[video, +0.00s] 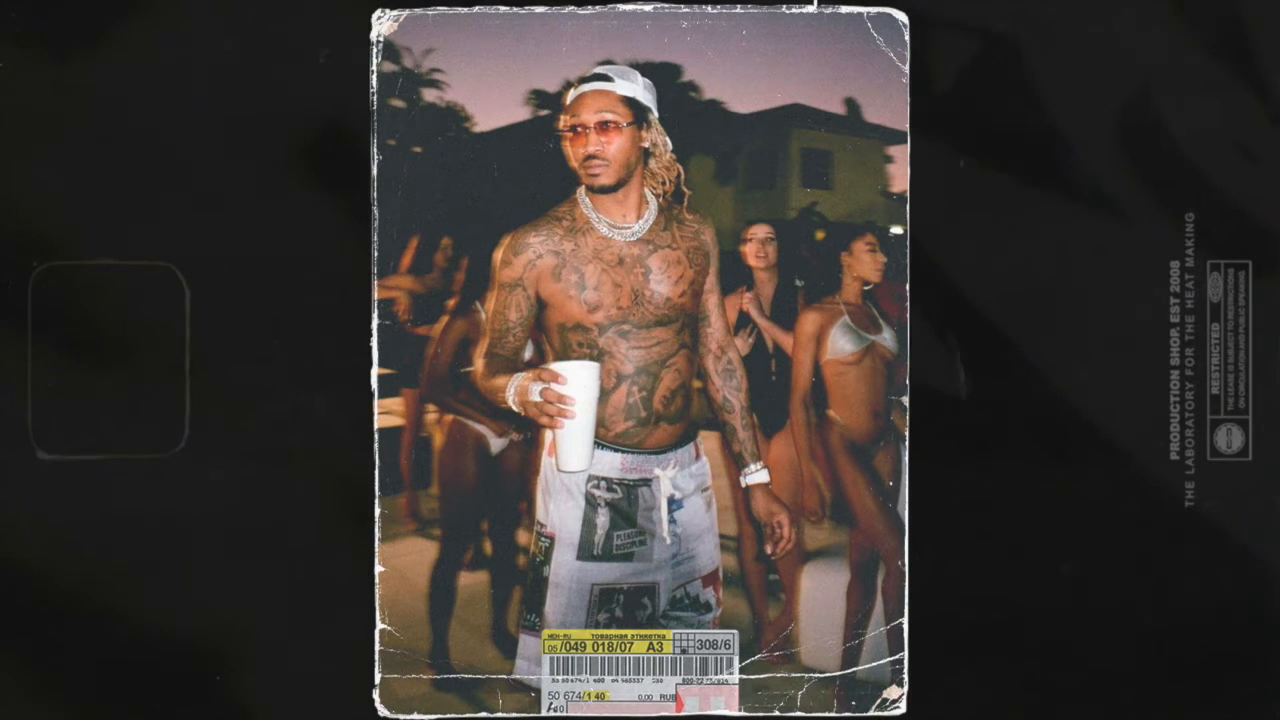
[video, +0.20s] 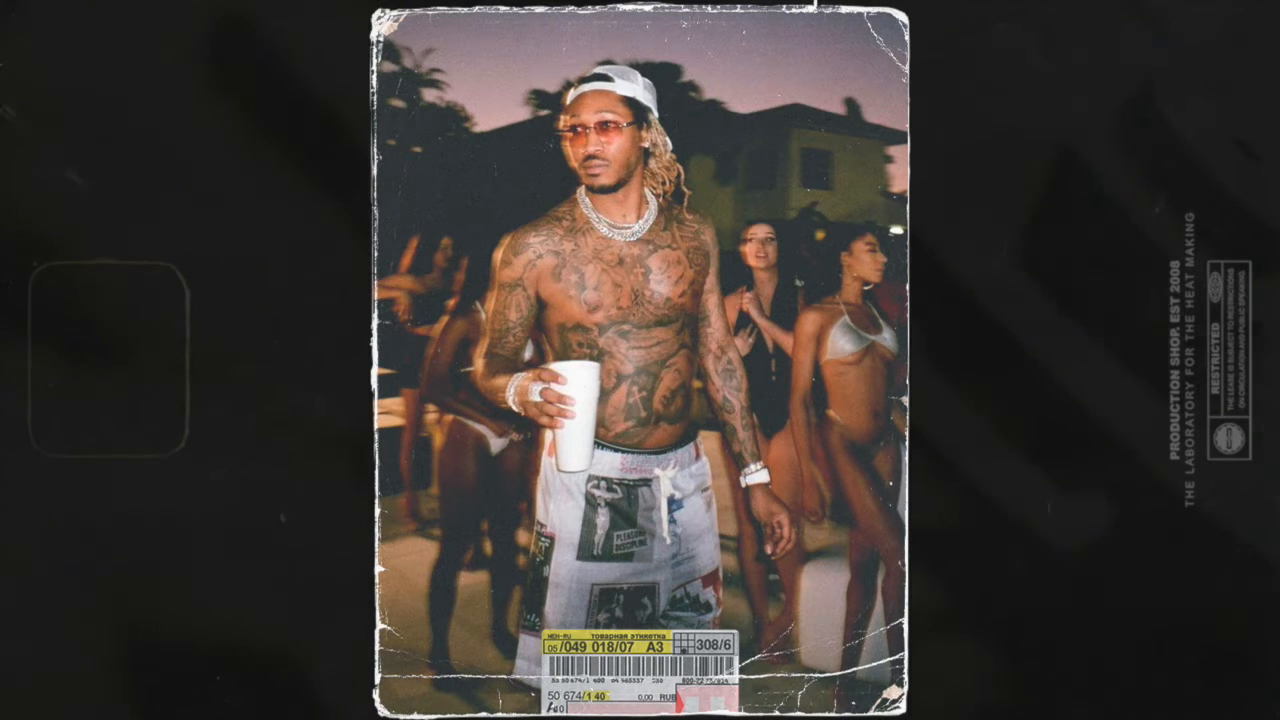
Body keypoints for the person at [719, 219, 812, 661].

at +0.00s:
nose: (761, 249)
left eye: (769, 241)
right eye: (752, 242)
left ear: (781, 249)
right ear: (741, 250)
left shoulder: (797, 295)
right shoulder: (730, 300)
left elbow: (803, 352)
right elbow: (714, 364)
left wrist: (761, 318)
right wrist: (738, 336)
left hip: (783, 419)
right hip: (738, 422)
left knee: (784, 520)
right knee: (748, 526)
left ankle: (794, 614)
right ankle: (761, 622)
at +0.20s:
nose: (761, 249)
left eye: (768, 241)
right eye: (752, 241)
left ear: (781, 249)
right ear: (741, 250)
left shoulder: (797, 296)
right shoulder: (730, 299)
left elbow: (804, 352)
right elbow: (716, 364)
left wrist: (761, 318)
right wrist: (739, 334)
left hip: (784, 420)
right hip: (738, 421)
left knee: (783, 522)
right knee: (749, 526)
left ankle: (794, 614)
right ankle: (761, 622)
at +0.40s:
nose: (761, 249)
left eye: (769, 241)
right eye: (752, 241)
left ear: (780, 249)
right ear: (740, 250)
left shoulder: (797, 295)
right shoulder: (730, 299)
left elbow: (802, 351)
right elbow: (713, 364)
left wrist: (761, 318)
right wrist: (736, 340)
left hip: (783, 419)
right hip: (737, 421)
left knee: (784, 520)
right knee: (748, 525)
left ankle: (795, 612)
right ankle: (761, 621)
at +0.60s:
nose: (760, 249)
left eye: (768, 241)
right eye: (752, 242)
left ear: (780, 249)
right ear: (741, 250)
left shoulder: (797, 296)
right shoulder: (729, 300)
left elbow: (802, 351)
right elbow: (713, 364)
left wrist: (761, 318)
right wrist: (734, 347)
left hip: (783, 420)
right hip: (738, 421)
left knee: (783, 520)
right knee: (749, 527)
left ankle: (793, 613)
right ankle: (762, 622)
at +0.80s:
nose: (760, 249)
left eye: (768, 241)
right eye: (752, 242)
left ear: (780, 249)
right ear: (741, 250)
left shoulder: (797, 296)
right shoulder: (729, 301)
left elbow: (802, 351)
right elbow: (713, 364)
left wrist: (761, 318)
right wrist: (734, 347)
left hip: (783, 420)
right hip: (738, 421)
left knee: (783, 520)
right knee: (749, 527)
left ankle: (793, 613)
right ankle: (762, 622)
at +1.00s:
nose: (760, 249)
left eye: (768, 241)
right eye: (752, 242)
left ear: (780, 249)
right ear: (741, 250)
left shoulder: (797, 296)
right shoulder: (729, 300)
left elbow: (802, 351)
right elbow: (712, 364)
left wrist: (761, 318)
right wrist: (734, 347)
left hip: (783, 420)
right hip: (738, 421)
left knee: (783, 520)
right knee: (749, 527)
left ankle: (793, 613)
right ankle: (762, 622)